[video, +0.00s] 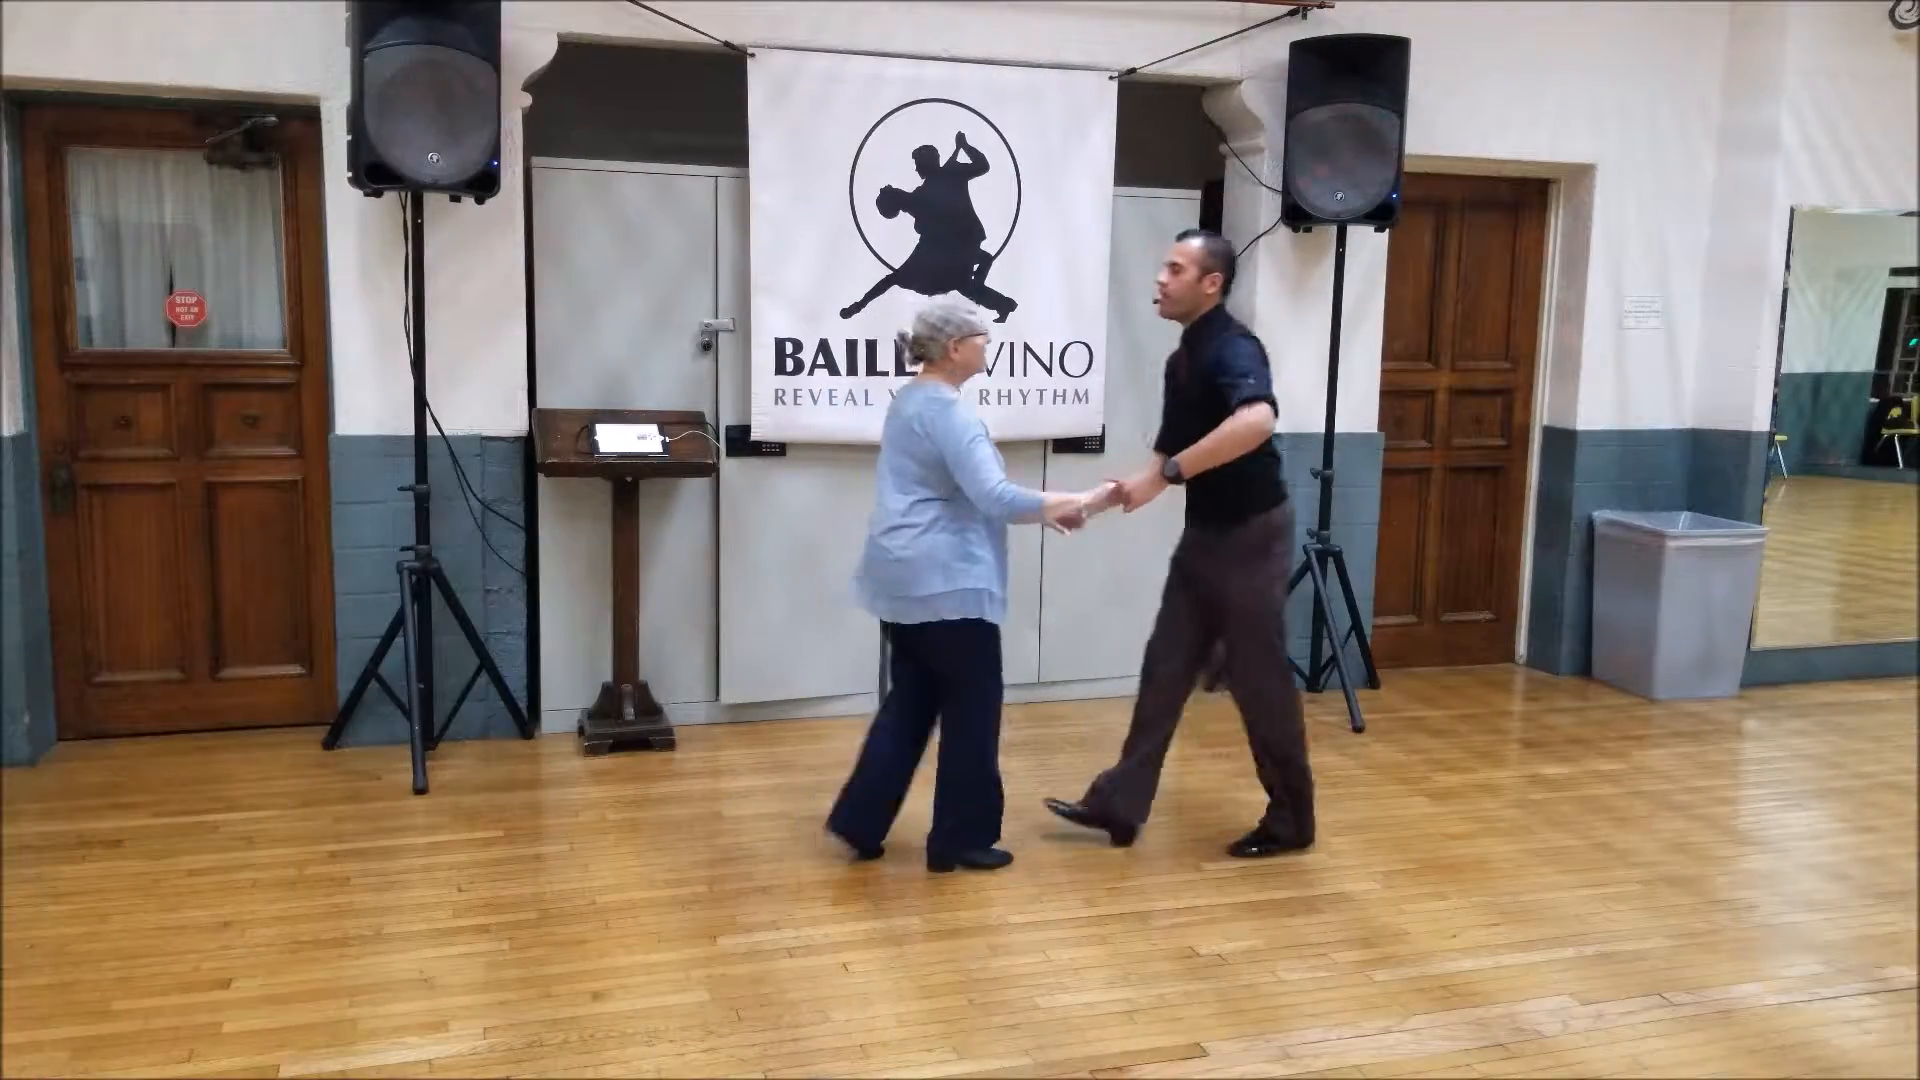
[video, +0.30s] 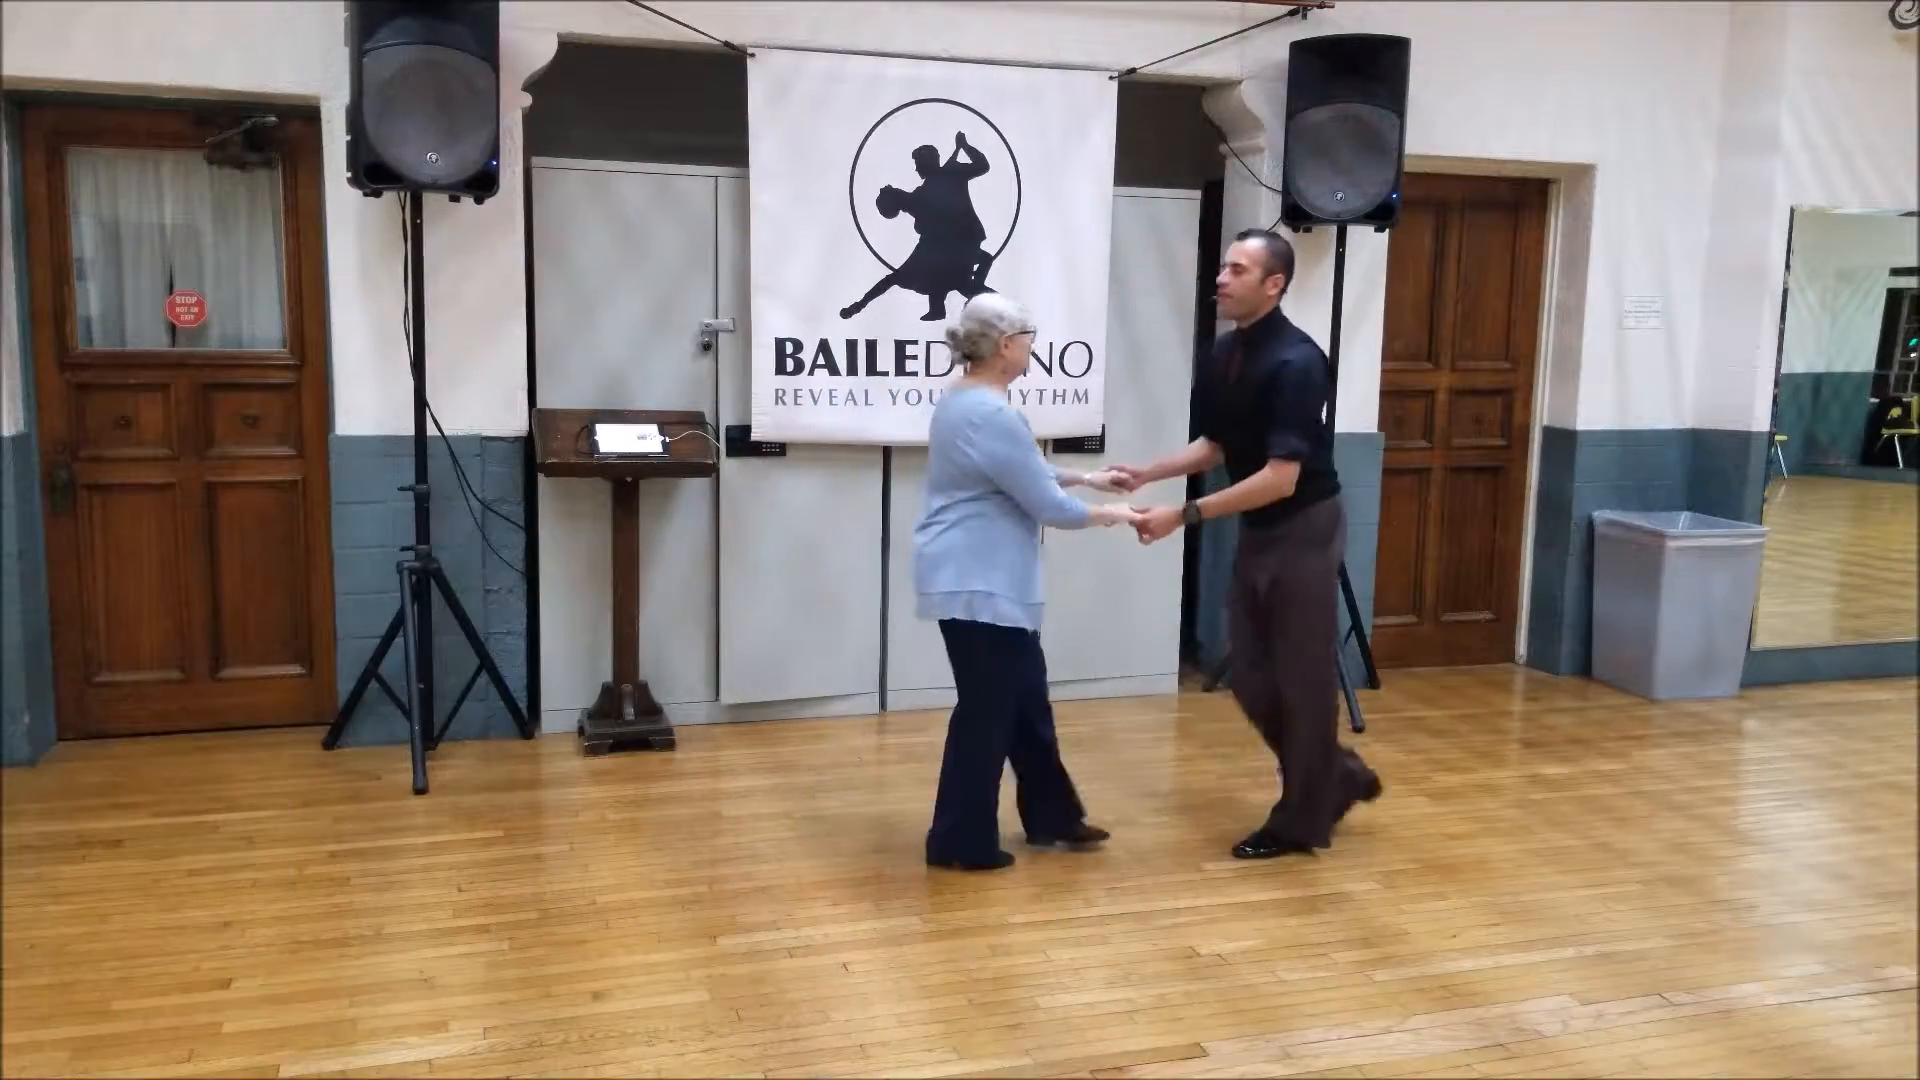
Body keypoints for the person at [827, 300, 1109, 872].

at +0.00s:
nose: (986, 348)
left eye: (983, 339)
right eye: (980, 339)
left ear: (941, 348)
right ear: (955, 347)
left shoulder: (908, 402)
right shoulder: (949, 412)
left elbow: (969, 493)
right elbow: (995, 497)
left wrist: (1042, 511)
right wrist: (1062, 503)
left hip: (900, 577)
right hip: (949, 582)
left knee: (913, 700)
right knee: (975, 710)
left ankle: (858, 820)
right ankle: (961, 841)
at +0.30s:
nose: (1032, 349)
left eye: (1030, 339)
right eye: (1026, 339)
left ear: (989, 346)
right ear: (1001, 345)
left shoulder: (961, 406)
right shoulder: (989, 415)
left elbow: (1024, 473)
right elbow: (1045, 503)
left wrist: (1088, 481)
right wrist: (1110, 515)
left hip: (977, 576)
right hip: (981, 581)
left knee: (1027, 701)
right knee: (987, 707)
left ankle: (1052, 818)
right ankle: (959, 839)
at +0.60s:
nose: (1052, 351)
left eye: (1049, 341)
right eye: (1044, 343)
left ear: (1006, 354)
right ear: (1019, 353)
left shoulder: (993, 416)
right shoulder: (1005, 423)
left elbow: (1051, 503)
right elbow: (1064, 516)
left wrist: (1108, 508)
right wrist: (1140, 530)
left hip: (1012, 583)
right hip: (1015, 588)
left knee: (1050, 698)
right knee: (1050, 698)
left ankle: (1053, 825)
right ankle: (980, 830)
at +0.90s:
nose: (1030, 349)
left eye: (1028, 339)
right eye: (1023, 340)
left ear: (982, 348)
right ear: (997, 347)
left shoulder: (948, 408)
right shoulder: (999, 416)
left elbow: (1006, 488)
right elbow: (1058, 504)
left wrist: (1069, 483)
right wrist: (1097, 490)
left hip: (960, 584)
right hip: (997, 592)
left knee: (1009, 714)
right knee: (1012, 721)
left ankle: (1011, 824)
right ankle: (982, 850)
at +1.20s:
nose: (973, 350)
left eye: (970, 339)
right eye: (966, 341)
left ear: (923, 348)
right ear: (941, 348)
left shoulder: (888, 403)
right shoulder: (942, 415)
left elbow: (939, 471)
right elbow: (992, 511)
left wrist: (1001, 452)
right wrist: (1036, 492)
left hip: (884, 579)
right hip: (939, 584)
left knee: (884, 702)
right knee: (963, 717)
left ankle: (825, 830)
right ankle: (971, 851)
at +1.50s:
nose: (917, 350)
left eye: (915, 340)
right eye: (910, 341)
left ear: (869, 347)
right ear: (882, 346)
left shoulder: (835, 403)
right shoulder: (870, 415)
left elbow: (884, 496)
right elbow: (877, 512)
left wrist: (945, 500)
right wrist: (945, 531)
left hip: (815, 582)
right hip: (854, 589)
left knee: (827, 704)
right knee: (883, 702)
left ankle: (820, 837)